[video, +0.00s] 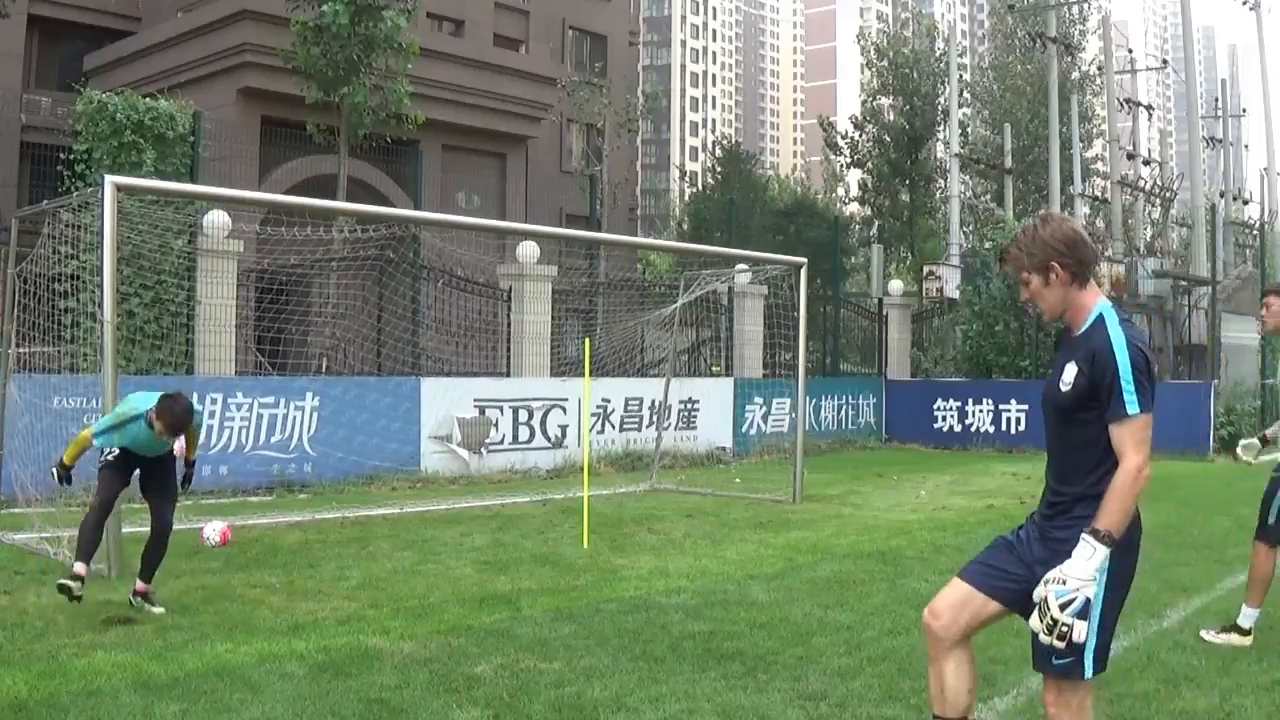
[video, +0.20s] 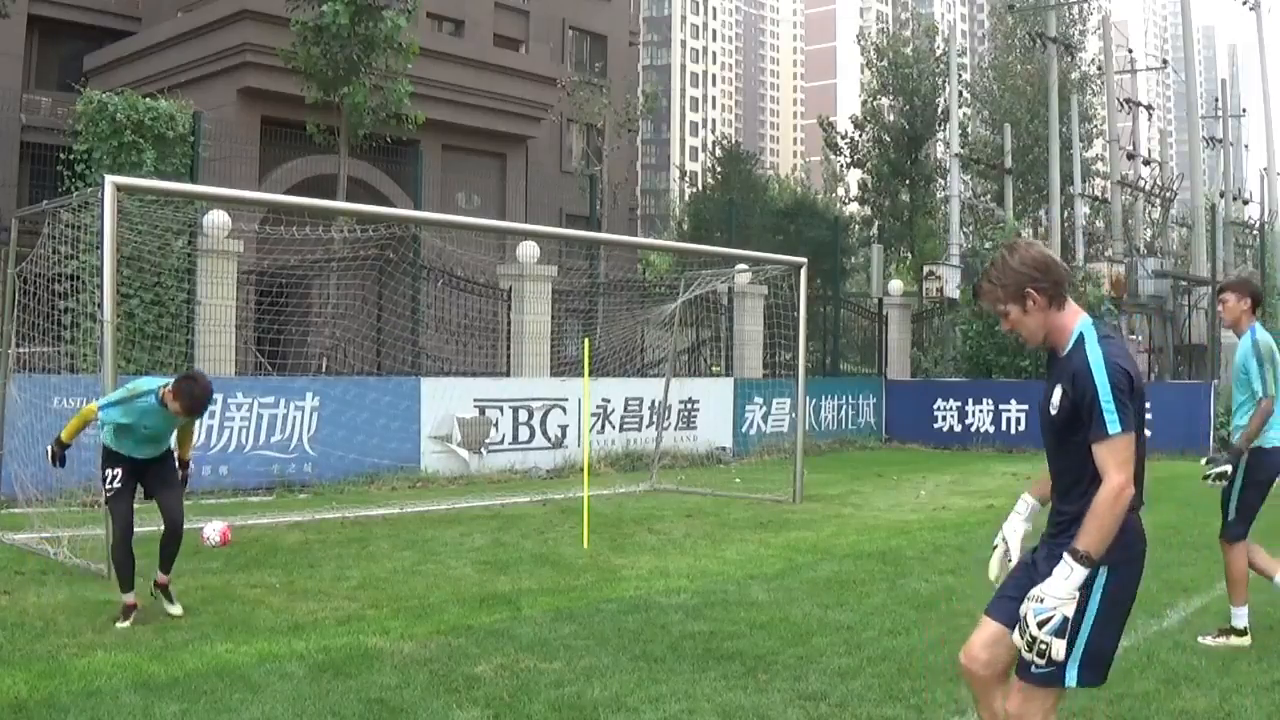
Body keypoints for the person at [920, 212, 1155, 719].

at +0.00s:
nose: (1023, 296)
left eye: (1026, 282)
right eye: (1020, 284)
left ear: (1058, 274)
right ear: (1057, 276)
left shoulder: (1114, 345)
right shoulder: (1077, 337)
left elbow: (1136, 463)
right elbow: (1086, 450)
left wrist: (1091, 553)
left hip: (1091, 542)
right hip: (1048, 528)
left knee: (1065, 700)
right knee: (943, 622)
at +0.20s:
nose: (1005, 328)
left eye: (1005, 315)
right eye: (1000, 318)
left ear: (1034, 299)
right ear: (1034, 301)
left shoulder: (1097, 364)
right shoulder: (1066, 353)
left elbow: (1119, 483)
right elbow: (1073, 458)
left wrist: (1070, 575)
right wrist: (1027, 505)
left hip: (1099, 550)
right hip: (1062, 536)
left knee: (1028, 706)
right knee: (980, 661)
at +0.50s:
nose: (980, 332)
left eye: (980, 319)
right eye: (976, 321)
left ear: (1011, 307)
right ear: (1013, 306)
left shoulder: (1075, 354)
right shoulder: (1057, 348)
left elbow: (1082, 485)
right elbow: (1044, 440)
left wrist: (1012, 563)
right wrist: (974, 495)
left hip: (1150, 527)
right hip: (1131, 523)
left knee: (1109, 697)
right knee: (1093, 668)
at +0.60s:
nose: (1010, 315)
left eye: (1014, 302)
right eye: (1010, 303)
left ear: (1046, 307)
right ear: (1049, 307)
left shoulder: (1097, 369)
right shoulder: (1080, 363)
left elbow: (1039, 487)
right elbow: (1031, 450)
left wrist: (945, 517)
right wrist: (942, 478)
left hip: (1162, 540)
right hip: (1156, 534)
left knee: (1082, 696)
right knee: (1132, 687)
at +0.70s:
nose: (1039, 307)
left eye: (1048, 295)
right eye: (1040, 295)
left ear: (1082, 300)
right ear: (1079, 302)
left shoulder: (1120, 362)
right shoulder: (1106, 359)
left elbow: (1058, 476)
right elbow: (1052, 445)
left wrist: (960, 490)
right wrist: (964, 457)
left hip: (1164, 546)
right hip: (1175, 540)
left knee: (1077, 695)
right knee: (1161, 692)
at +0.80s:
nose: (1115, 287)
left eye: (1128, 273)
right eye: (1107, 278)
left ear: (1163, 280)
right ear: (1102, 286)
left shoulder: (1180, 352)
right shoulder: (1127, 352)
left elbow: (1142, 460)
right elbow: (1105, 445)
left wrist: (1040, 466)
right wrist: (1021, 459)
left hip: (1183, 542)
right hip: (1164, 539)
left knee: (1090, 695)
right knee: (1209, 691)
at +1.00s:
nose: (1210, 270)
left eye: (1220, 259)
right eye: (1197, 262)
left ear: (1238, 271)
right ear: (1180, 278)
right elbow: (1171, 448)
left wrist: (1211, 460)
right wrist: (1126, 497)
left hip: (1256, 524)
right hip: (1203, 529)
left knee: (1191, 697)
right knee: (1247, 684)